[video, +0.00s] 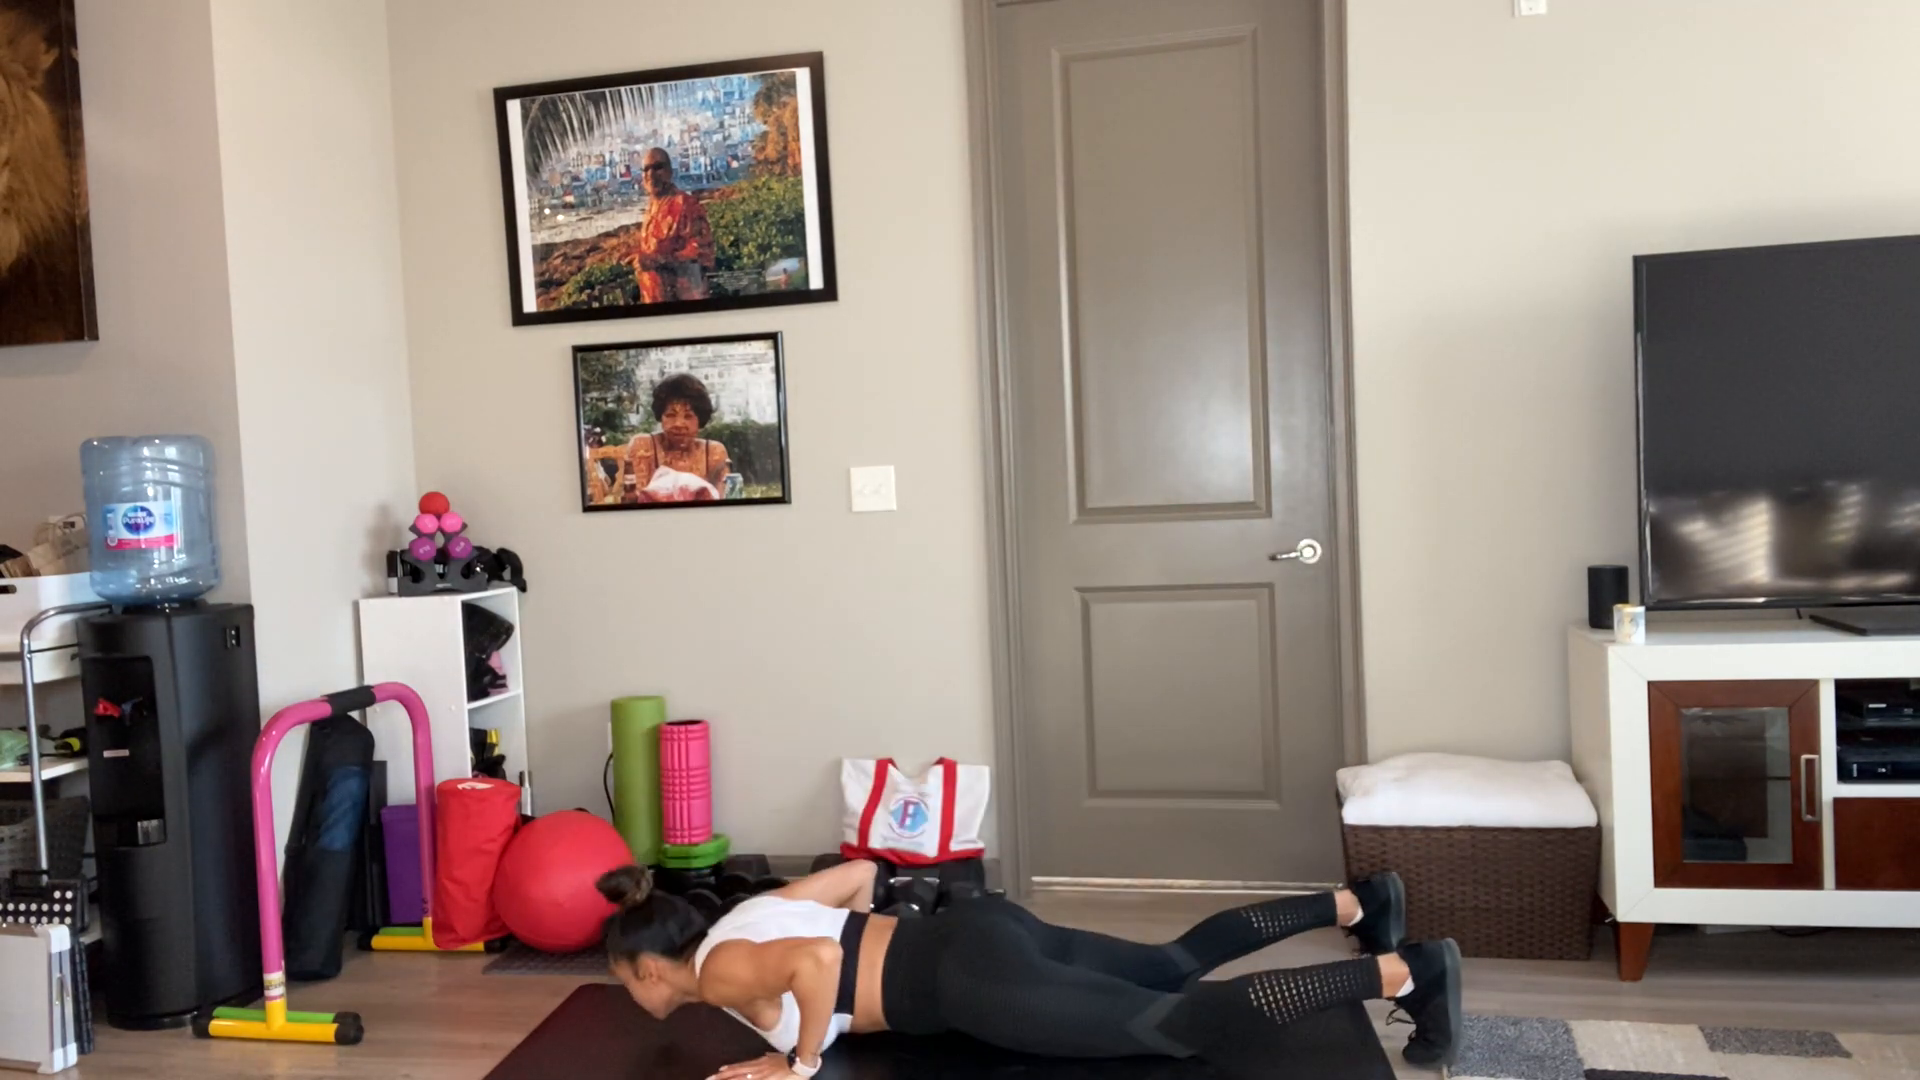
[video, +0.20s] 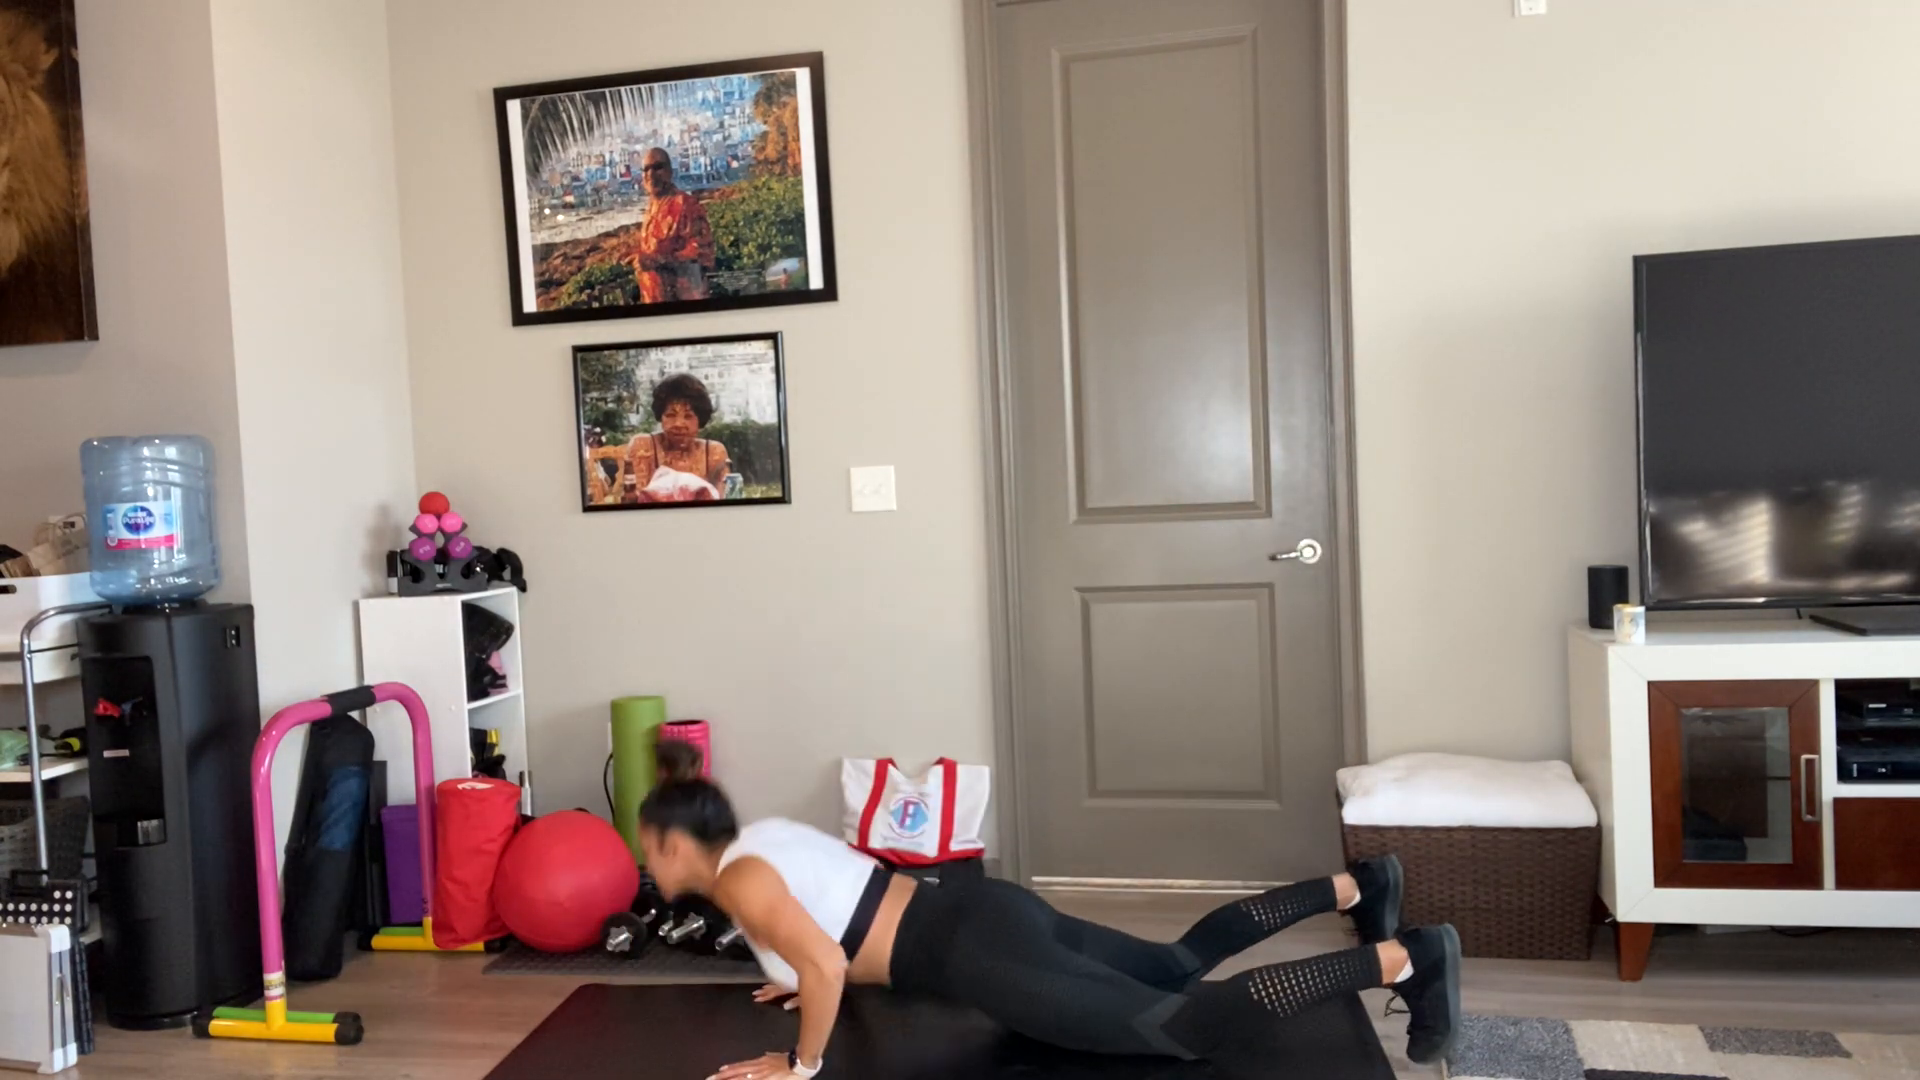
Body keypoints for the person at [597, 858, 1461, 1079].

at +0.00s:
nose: (637, 995)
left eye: (633, 980)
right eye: (630, 984)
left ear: (661, 959)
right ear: (675, 932)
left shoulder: (720, 967)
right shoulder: (747, 921)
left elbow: (817, 964)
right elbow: (857, 880)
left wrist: (797, 1059)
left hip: (951, 972)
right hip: (965, 924)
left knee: (1161, 1022)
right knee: (1169, 973)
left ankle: (1392, 984)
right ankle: (1356, 919)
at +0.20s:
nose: (650, 867)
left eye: (651, 853)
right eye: (647, 853)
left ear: (682, 841)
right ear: (698, 826)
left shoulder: (745, 884)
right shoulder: (762, 838)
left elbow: (827, 975)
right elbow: (837, 905)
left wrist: (800, 1063)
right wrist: (796, 971)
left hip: (960, 946)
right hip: (974, 899)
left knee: (1166, 1026)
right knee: (1170, 965)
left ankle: (1392, 968)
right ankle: (1347, 891)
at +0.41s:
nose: (689, 784)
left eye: (688, 766)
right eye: (684, 771)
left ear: (719, 745)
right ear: (733, 733)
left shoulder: (786, 790)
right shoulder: (813, 752)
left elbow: (812, 941)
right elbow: (850, 884)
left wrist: (800, 1059)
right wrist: (821, 969)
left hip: (993, 871)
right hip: (1005, 846)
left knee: (1168, 1001)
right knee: (1174, 959)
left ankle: (1394, 968)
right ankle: (1361, 909)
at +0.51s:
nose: (701, 787)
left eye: (694, 772)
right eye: (691, 776)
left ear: (715, 743)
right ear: (729, 729)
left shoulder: (789, 775)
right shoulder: (808, 737)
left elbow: (804, 914)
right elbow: (840, 877)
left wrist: (803, 1045)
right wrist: (819, 971)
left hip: (1020, 797)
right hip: (1027, 774)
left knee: (1186, 946)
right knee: (1189, 900)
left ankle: (1417, 971)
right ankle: (1378, 909)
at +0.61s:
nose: (719, 808)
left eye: (708, 793)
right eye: (707, 796)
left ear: (725, 768)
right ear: (741, 745)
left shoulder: (797, 768)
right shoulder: (813, 749)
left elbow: (807, 912)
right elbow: (839, 891)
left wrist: (803, 1050)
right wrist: (812, 977)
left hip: (1029, 696)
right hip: (1032, 695)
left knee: (1160, 887)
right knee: (1161, 853)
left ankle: (1385, 947)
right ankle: (1340, 880)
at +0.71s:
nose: (790, 822)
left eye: (778, 810)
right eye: (777, 815)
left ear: (788, 775)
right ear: (797, 757)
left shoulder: (842, 767)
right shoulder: (860, 756)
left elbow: (823, 914)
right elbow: (856, 891)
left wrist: (800, 1055)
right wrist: (825, 975)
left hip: (1057, 636)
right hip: (1060, 638)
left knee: (1092, 860)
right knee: (1094, 819)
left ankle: (1307, 931)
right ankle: (1255, 872)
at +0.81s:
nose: (833, 828)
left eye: (822, 818)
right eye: (822, 822)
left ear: (834, 783)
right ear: (834, 764)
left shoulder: (883, 773)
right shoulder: (885, 751)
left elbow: (853, 930)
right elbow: (871, 889)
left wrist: (801, 1058)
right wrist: (827, 974)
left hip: (1100, 630)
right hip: (1088, 625)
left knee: (1021, 835)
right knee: (1033, 795)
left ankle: (1191, 982)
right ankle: (1155, 913)